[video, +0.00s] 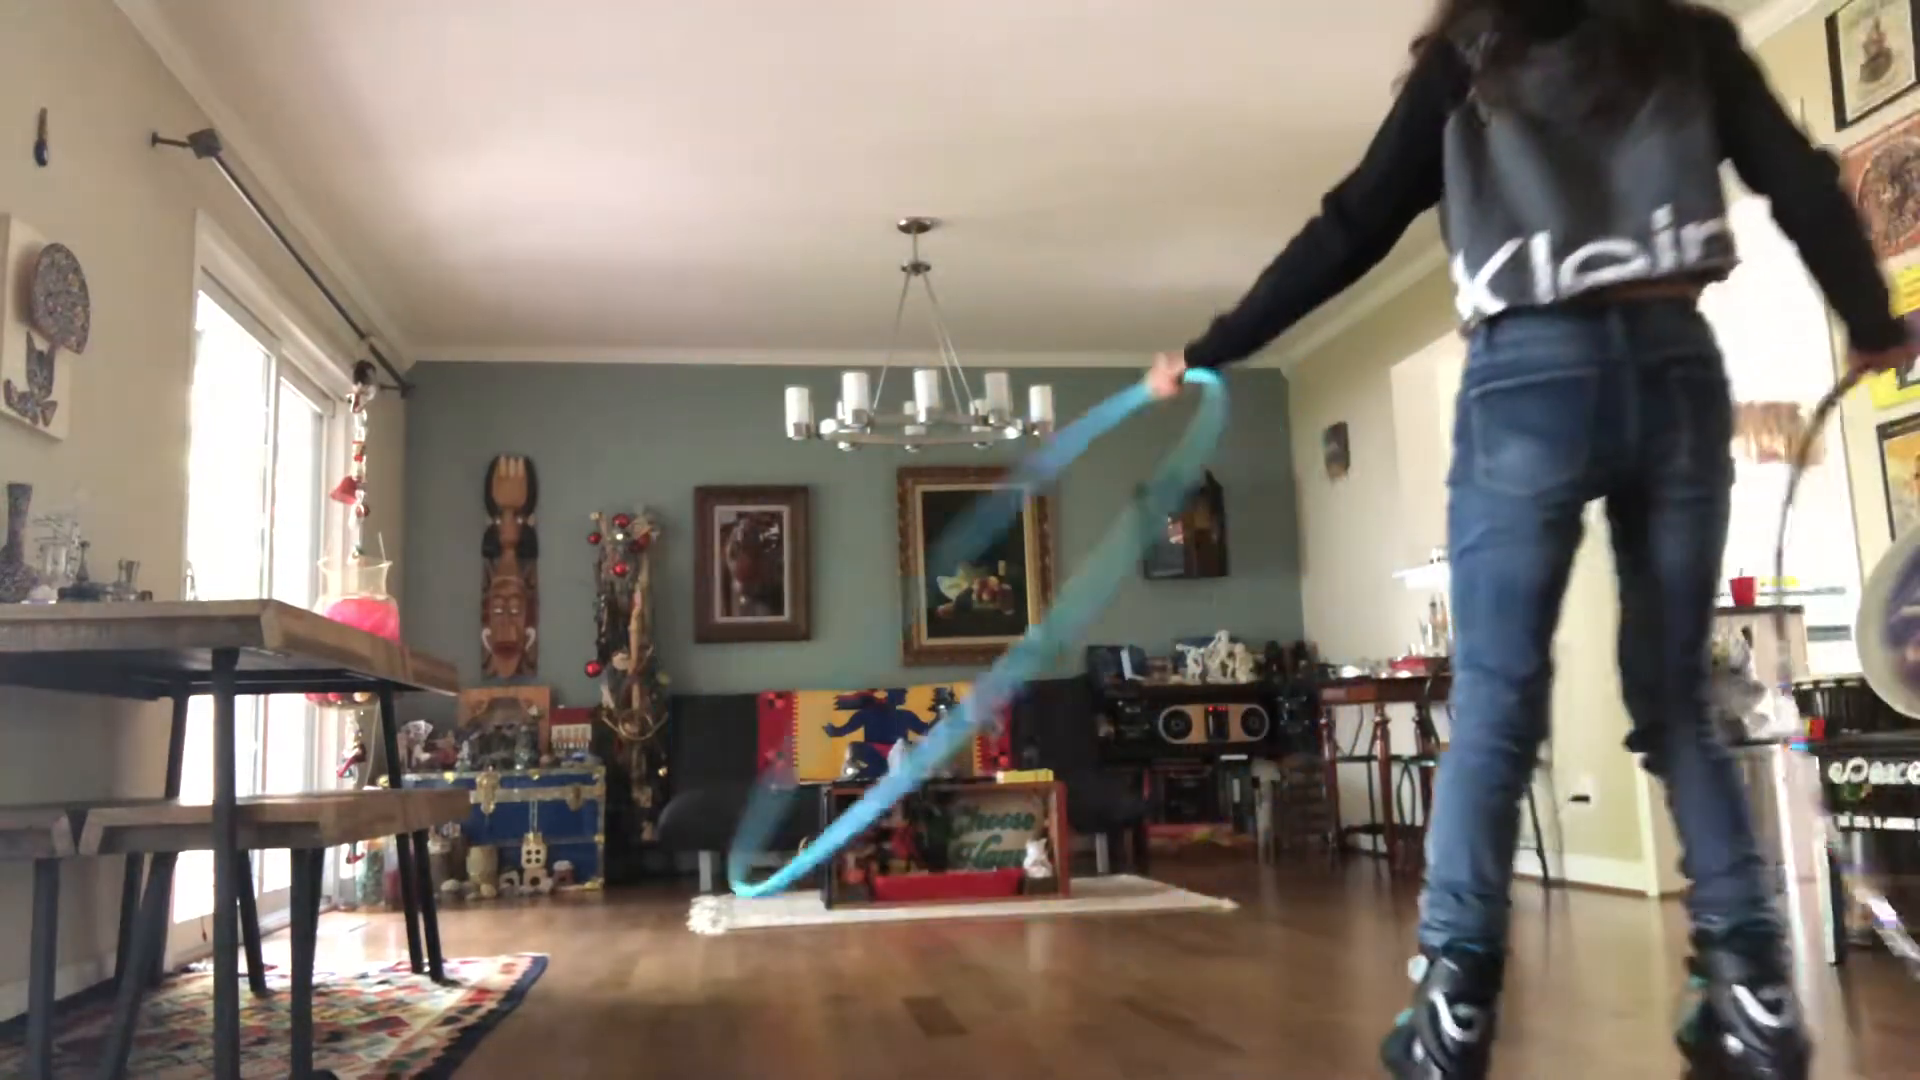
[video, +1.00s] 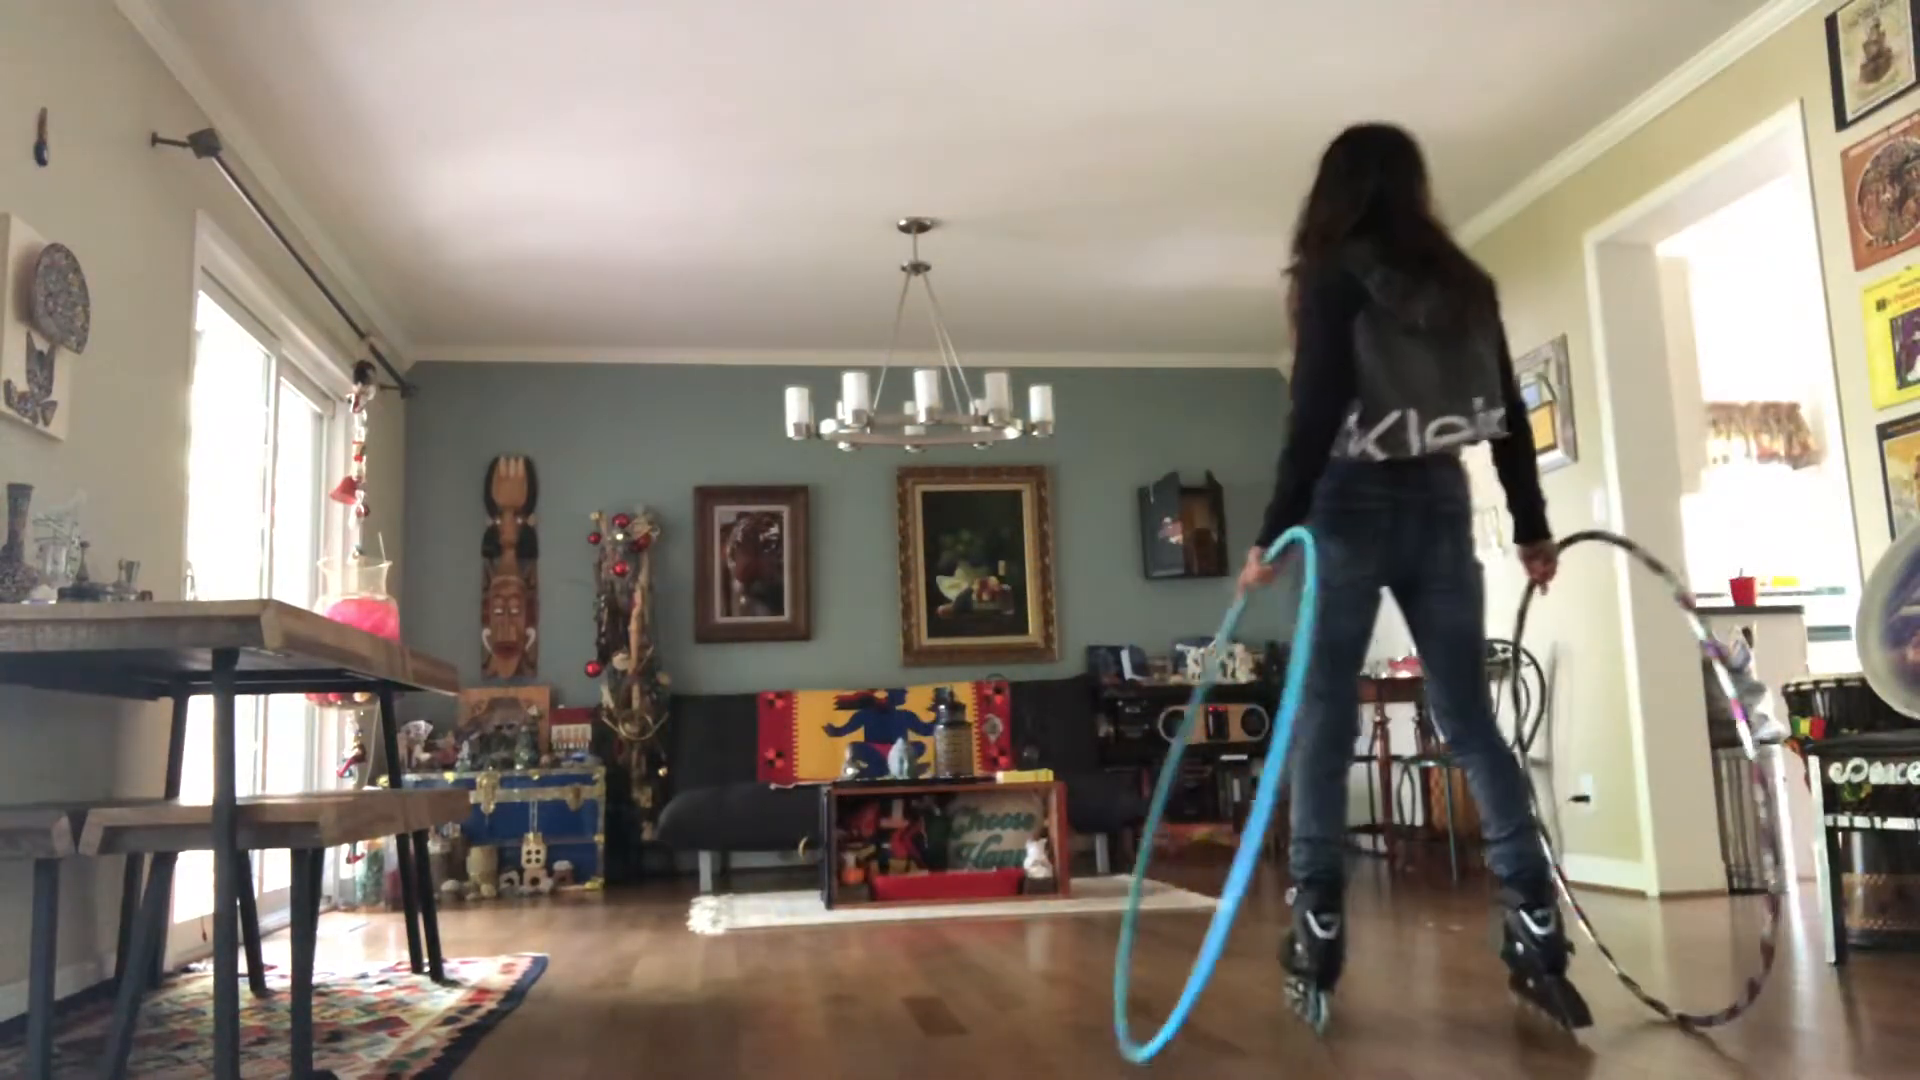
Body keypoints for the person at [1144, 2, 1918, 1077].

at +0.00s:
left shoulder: (1462, 58)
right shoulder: (1687, 31)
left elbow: (1355, 223)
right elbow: (1800, 176)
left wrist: (1210, 349)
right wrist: (1874, 318)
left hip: (1530, 365)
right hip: (1679, 360)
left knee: (1495, 697)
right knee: (1674, 700)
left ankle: (1454, 1004)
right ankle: (1753, 991)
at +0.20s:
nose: (1428, 29)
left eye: (1437, 19)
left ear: (1456, 18)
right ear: (1575, 13)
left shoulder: (1429, 113)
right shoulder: (1638, 98)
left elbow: (1333, 271)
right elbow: (1728, 237)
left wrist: (1218, 404)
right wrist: (1797, 373)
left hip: (1476, 403)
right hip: (1617, 400)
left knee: (1446, 699)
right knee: (1623, 704)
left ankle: (1415, 988)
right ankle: (1682, 979)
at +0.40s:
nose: (1420, 64)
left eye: (1430, 46)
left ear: (1431, 58)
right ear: (1538, 53)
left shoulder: (1401, 166)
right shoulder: (1599, 159)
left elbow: (1331, 317)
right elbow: (1675, 304)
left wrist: (1252, 451)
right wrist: (1733, 430)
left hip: (1442, 432)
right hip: (1571, 430)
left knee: (1418, 706)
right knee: (1580, 704)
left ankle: (1386, 967)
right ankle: (1634, 960)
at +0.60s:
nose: (1385, 118)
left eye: (1394, 100)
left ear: (1402, 107)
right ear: (1502, 101)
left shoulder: (1381, 201)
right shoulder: (1557, 204)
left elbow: (1343, 345)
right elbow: (1612, 344)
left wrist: (1284, 479)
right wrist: (1660, 476)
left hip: (1413, 451)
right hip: (1527, 450)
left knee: (1385, 707)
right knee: (1538, 709)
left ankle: (1362, 944)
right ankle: (1596, 942)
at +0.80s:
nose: (1350, 159)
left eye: (1357, 142)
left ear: (1368, 150)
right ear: (1459, 147)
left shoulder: (1354, 243)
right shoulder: (1507, 248)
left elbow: (1340, 379)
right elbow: (1549, 387)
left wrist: (1298, 510)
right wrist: (1580, 508)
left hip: (1377, 479)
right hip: (1481, 479)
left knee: (1354, 718)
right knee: (1503, 717)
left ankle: (1343, 934)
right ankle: (1563, 934)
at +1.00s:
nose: (1316, 202)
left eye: (1324, 184)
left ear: (1335, 190)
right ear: (1418, 189)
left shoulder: (1329, 274)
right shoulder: (1464, 278)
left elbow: (1318, 403)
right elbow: (1505, 410)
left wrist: (1274, 530)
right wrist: (1531, 525)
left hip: (1351, 502)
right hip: (1443, 500)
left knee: (1326, 712)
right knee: (1469, 718)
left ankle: (1319, 921)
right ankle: (1537, 919)